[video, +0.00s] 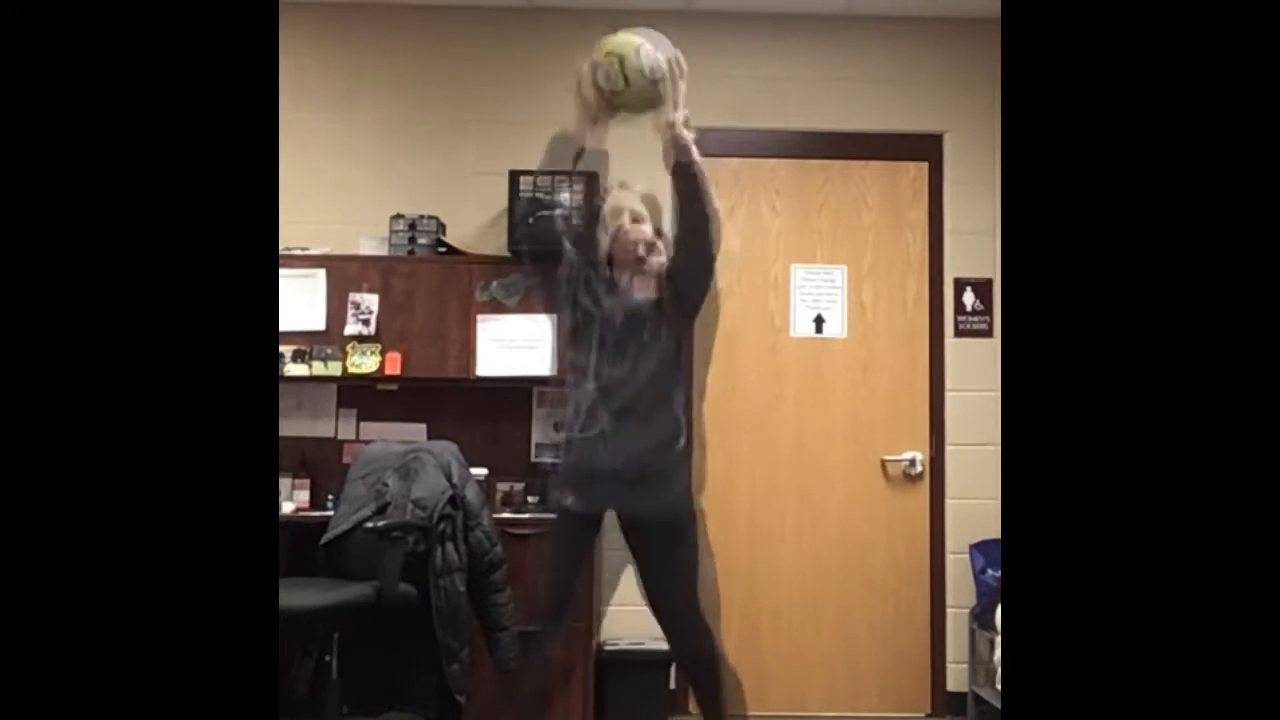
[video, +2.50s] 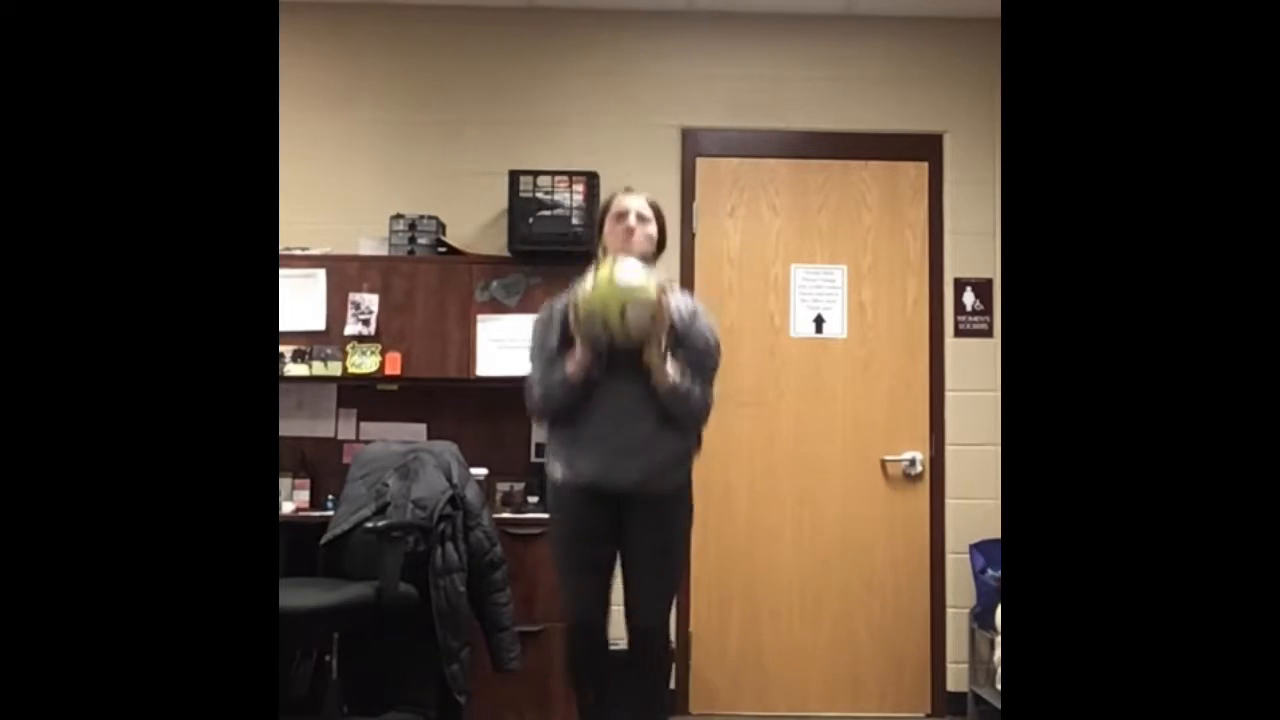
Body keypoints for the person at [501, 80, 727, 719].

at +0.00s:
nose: (628, 227)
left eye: (638, 217)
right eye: (616, 220)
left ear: (658, 232)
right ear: (598, 238)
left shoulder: (674, 298)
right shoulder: (582, 293)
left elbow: (698, 238)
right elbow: (545, 222)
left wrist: (678, 144)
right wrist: (584, 130)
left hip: (654, 474)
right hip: (582, 470)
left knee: (681, 622)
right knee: (550, 616)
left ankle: (721, 709)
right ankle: (521, 711)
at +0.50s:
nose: (633, 226)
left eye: (644, 219)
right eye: (621, 217)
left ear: (659, 238)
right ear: (601, 233)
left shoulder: (685, 314)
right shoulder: (562, 312)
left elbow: (694, 413)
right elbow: (541, 403)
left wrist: (656, 359)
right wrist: (580, 359)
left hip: (659, 492)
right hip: (580, 491)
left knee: (650, 626)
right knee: (584, 624)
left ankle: (647, 714)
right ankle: (594, 712)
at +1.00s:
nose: (632, 248)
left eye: (642, 241)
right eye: (619, 241)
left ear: (657, 261)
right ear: (596, 259)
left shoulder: (676, 314)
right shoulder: (578, 312)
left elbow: (690, 231)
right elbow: (570, 219)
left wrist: (676, 124)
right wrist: (588, 117)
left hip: (660, 506)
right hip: (579, 506)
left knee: (693, 647)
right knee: (549, 646)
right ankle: (504, 713)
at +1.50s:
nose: (640, 239)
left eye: (651, 233)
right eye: (627, 232)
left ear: (666, 254)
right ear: (608, 252)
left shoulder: (697, 330)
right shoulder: (571, 331)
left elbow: (719, 430)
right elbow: (544, 431)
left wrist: (669, 374)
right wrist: (590, 379)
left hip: (673, 515)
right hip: (593, 515)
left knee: (658, 645)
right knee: (605, 644)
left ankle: (658, 717)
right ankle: (606, 717)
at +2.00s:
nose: (632, 230)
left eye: (640, 220)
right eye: (618, 222)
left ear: (656, 235)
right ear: (600, 239)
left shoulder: (676, 298)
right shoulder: (584, 290)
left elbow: (698, 235)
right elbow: (561, 221)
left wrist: (678, 140)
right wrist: (586, 127)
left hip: (655, 474)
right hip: (583, 471)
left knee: (681, 621)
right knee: (557, 619)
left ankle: (721, 711)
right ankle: (526, 709)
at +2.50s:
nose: (632, 225)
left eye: (644, 219)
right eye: (621, 217)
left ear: (660, 238)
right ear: (601, 233)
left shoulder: (685, 316)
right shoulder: (562, 314)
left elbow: (695, 412)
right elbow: (542, 404)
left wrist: (656, 359)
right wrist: (581, 359)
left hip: (659, 494)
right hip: (581, 493)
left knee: (650, 629)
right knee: (584, 627)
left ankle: (648, 715)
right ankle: (594, 712)